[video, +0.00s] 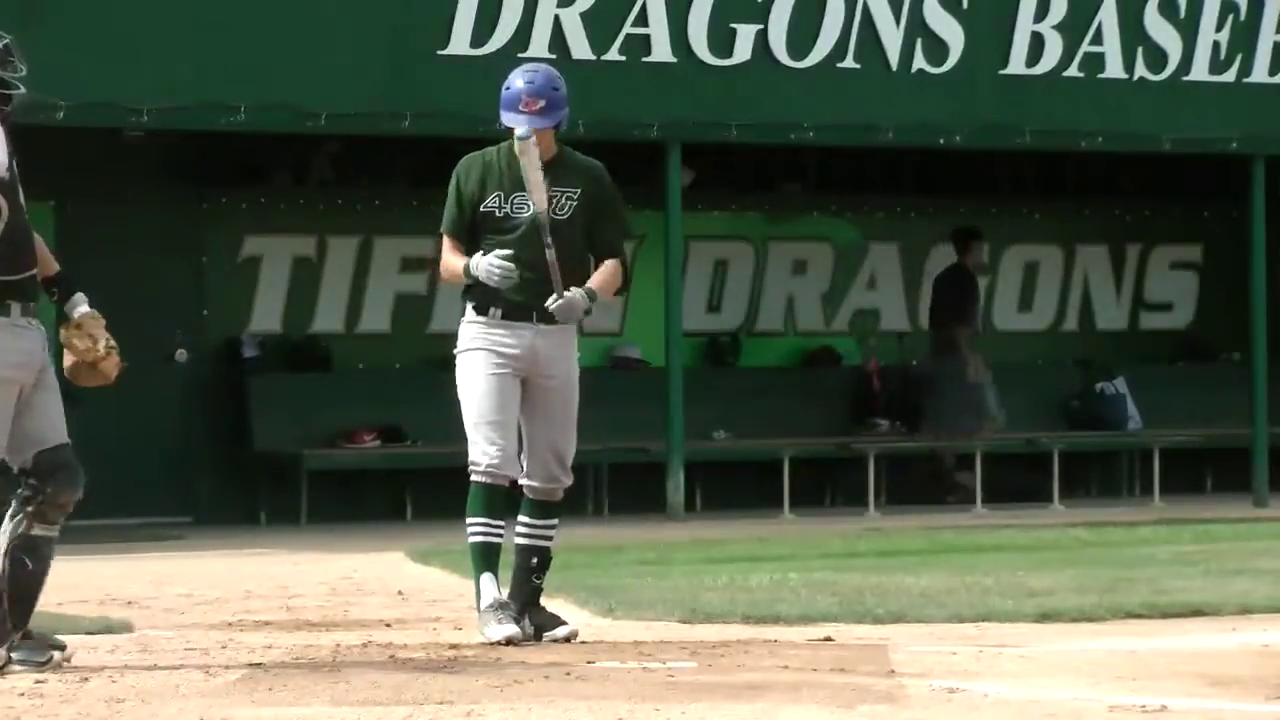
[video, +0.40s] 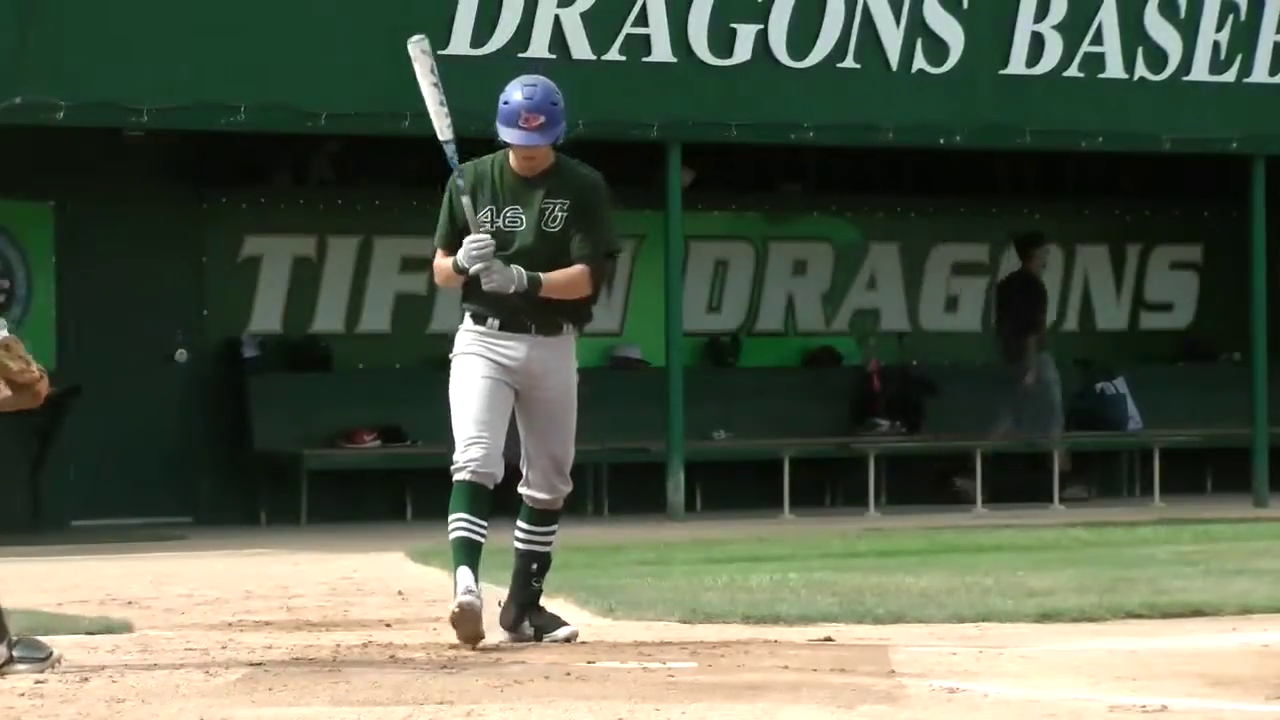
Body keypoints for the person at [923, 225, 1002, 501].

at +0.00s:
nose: (983, 256)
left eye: (983, 249)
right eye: (979, 250)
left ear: (961, 250)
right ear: (968, 250)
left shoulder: (946, 277)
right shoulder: (963, 279)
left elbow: (948, 325)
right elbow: (959, 326)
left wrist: (966, 356)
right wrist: (970, 359)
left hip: (945, 356)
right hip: (958, 356)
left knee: (946, 416)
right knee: (987, 416)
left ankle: (947, 476)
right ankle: (953, 472)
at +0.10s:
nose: (991, 254)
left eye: (989, 249)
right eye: (989, 249)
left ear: (969, 248)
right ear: (985, 249)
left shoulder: (955, 277)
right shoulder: (979, 278)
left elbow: (952, 322)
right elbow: (974, 326)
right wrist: (976, 364)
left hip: (959, 356)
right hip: (979, 356)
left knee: (956, 416)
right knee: (1006, 413)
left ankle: (952, 478)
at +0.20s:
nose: (1010, 255)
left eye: (1009, 249)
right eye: (1008, 249)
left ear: (987, 249)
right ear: (1000, 250)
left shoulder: (976, 277)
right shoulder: (991, 279)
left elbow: (976, 324)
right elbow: (986, 326)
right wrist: (987, 365)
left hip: (979, 354)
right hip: (991, 355)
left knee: (971, 411)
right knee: (1020, 409)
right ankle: (1040, 474)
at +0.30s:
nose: (1028, 259)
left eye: (1028, 253)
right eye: (1025, 254)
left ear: (1003, 255)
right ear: (1015, 255)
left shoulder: (988, 283)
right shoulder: (1011, 283)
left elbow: (987, 329)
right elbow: (1007, 329)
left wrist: (990, 359)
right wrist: (1005, 367)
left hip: (994, 358)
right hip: (1014, 359)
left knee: (986, 413)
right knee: (1037, 419)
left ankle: (959, 471)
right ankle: (1056, 478)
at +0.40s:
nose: (1046, 261)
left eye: (1046, 255)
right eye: (1042, 255)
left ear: (1024, 255)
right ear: (1031, 255)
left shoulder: (1005, 284)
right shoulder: (1034, 285)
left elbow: (1000, 327)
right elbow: (1031, 330)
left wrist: (1009, 354)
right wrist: (1029, 366)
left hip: (1014, 356)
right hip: (1035, 356)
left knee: (1013, 414)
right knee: (1053, 414)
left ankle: (974, 469)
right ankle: (1061, 479)